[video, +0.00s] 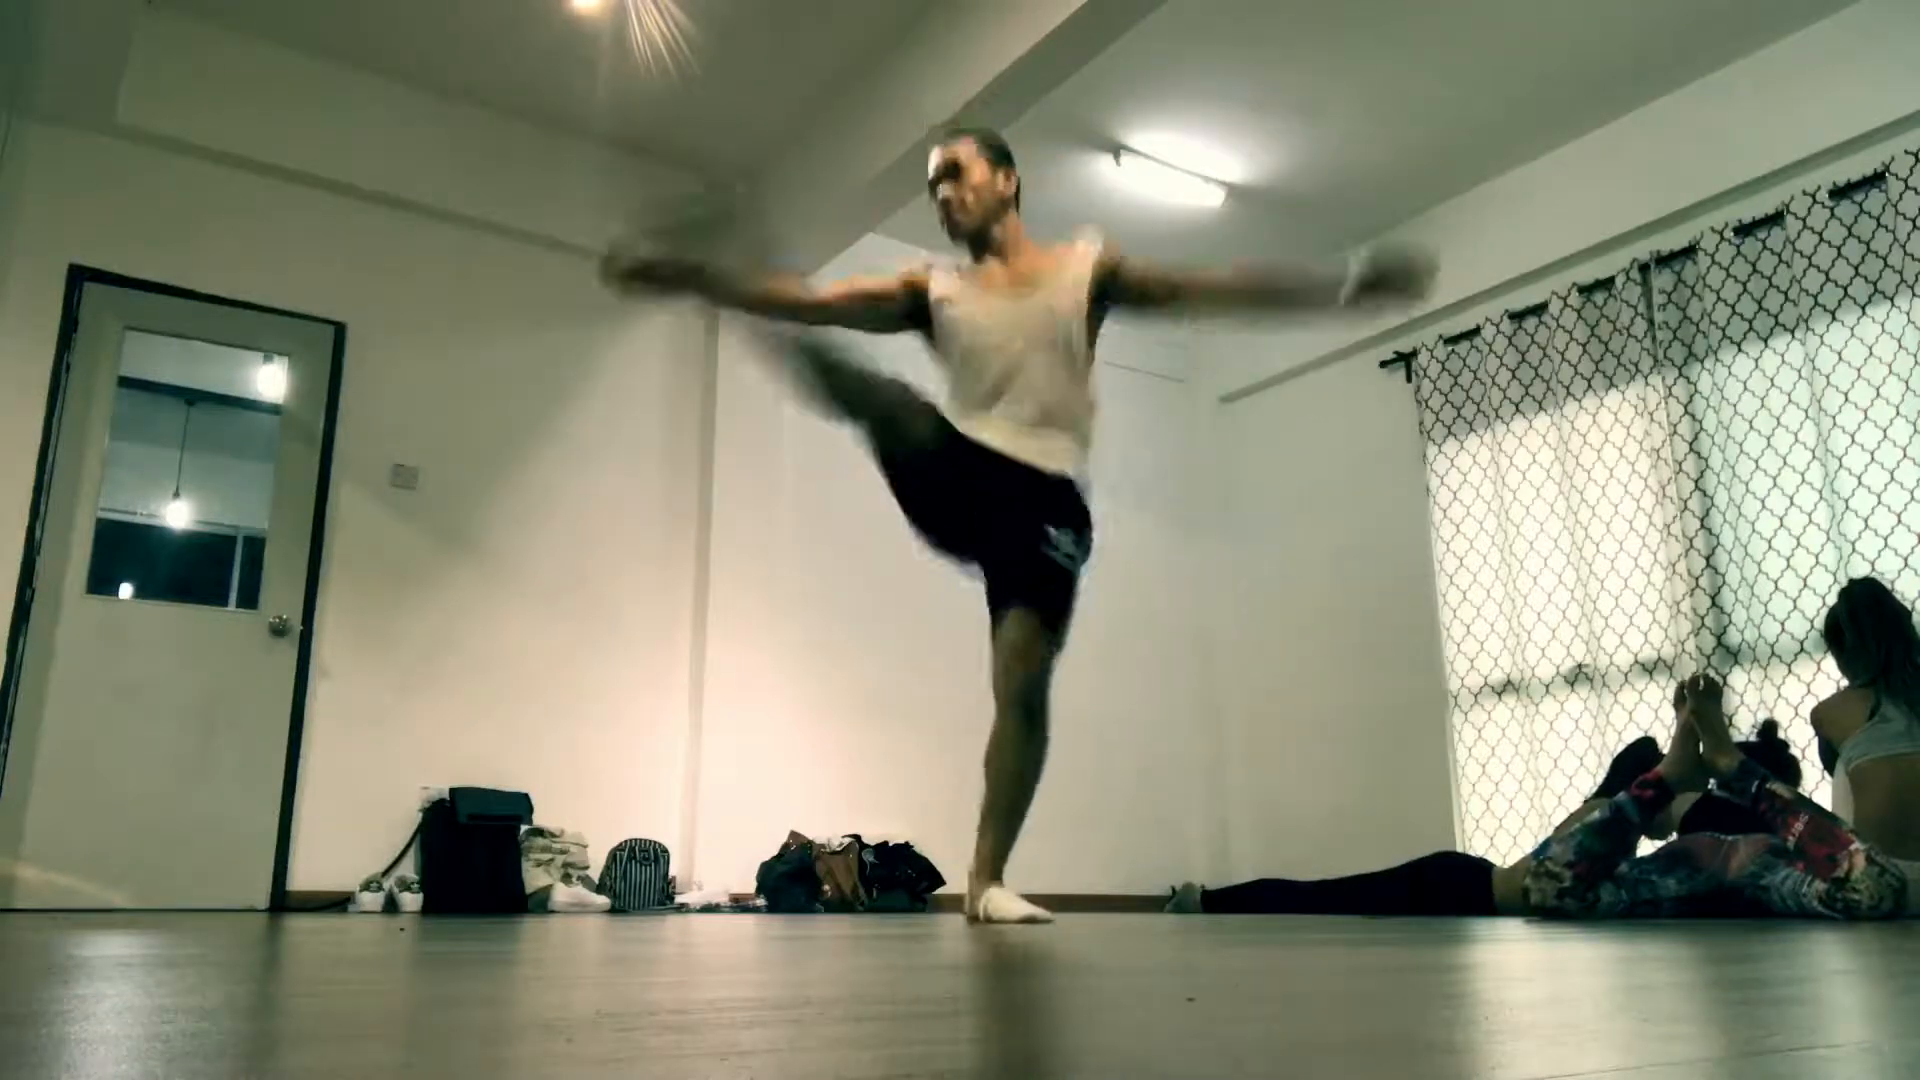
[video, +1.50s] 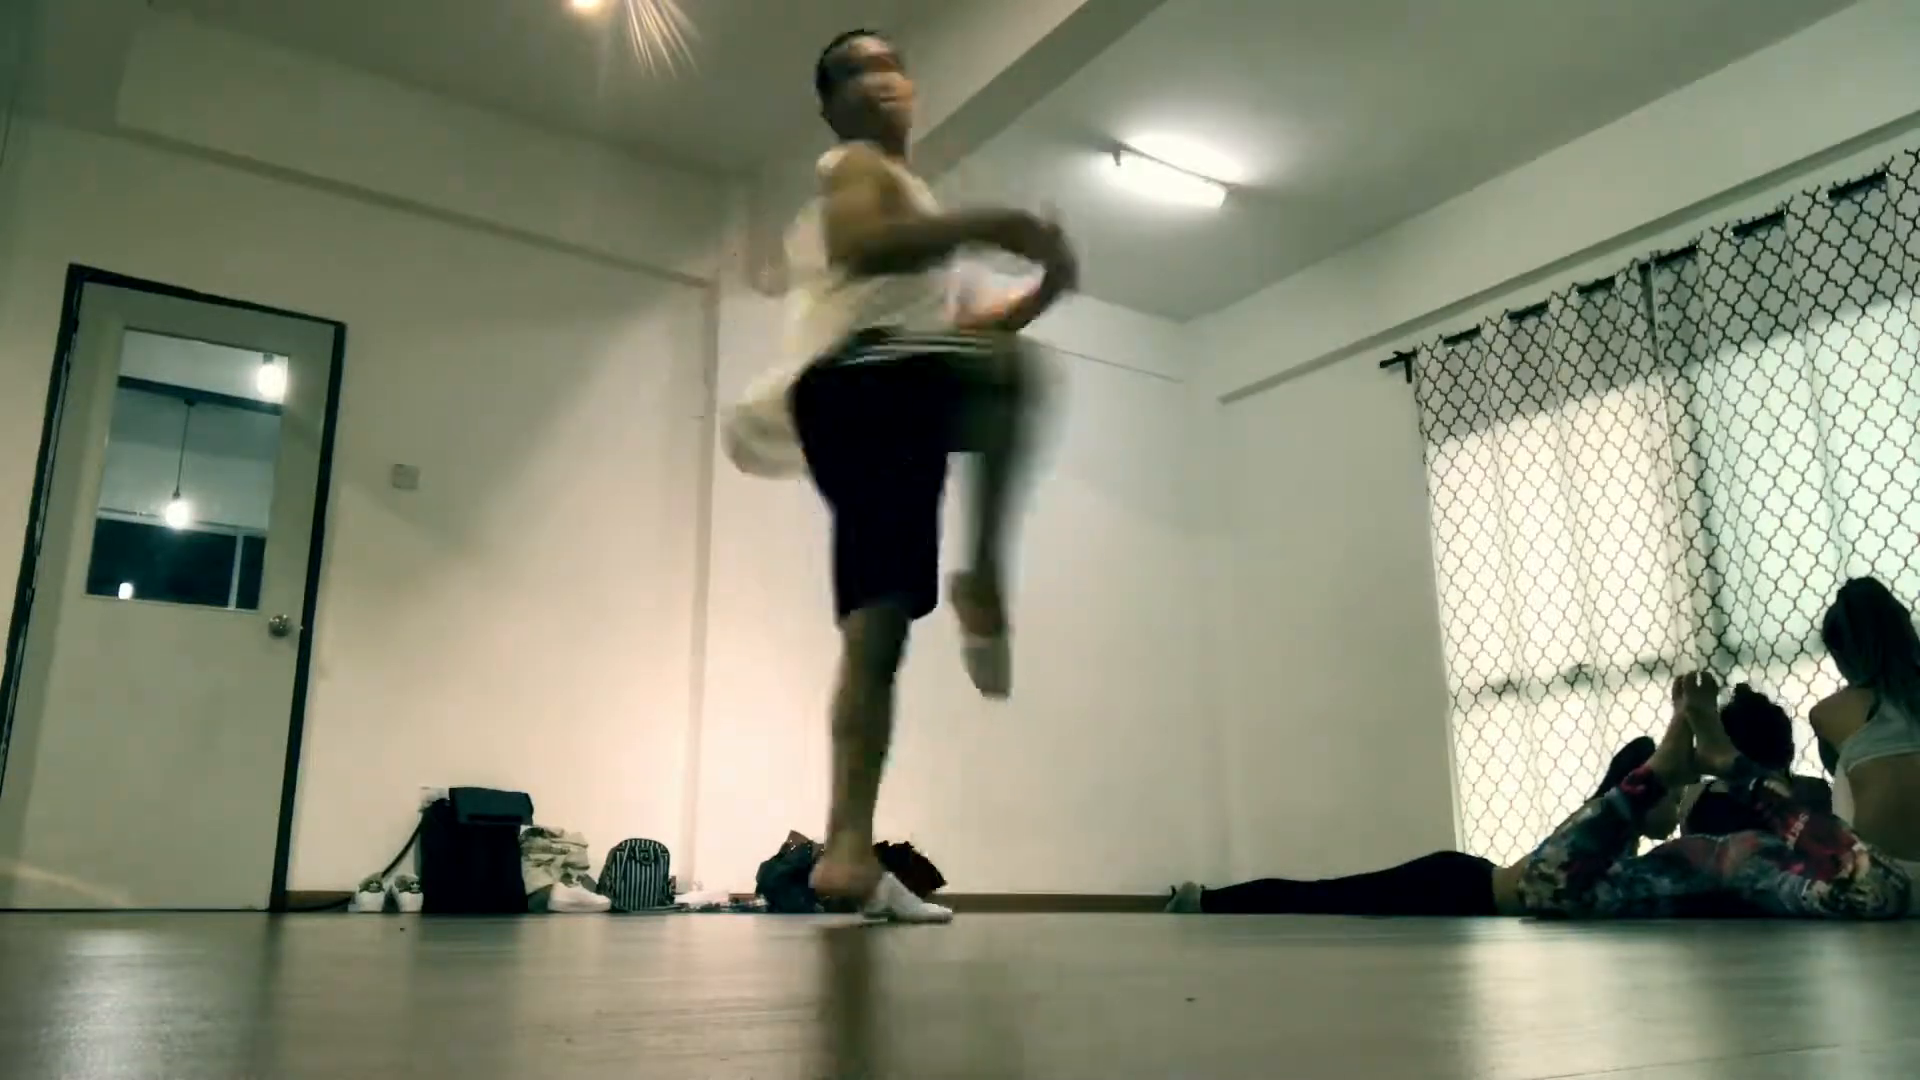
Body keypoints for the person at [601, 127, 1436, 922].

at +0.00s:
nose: (946, 193)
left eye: (958, 175)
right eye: (937, 184)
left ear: (1007, 179)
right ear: (941, 205)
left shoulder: (1087, 263)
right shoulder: (936, 289)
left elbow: (1211, 287)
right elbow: (807, 298)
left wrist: (1339, 290)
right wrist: (691, 280)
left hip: (1045, 494)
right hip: (956, 473)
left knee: (1023, 684)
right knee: (867, 392)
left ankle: (985, 884)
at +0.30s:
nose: (906, 118)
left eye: (923, 101)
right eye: (907, 106)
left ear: (975, 112)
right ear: (940, 122)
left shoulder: (983, 177)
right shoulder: (956, 205)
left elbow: (999, 186)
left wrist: (968, 178)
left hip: (994, 419)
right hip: (970, 420)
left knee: (996, 647)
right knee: (892, 503)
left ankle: (1027, 853)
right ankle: (804, 567)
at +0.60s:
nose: (958, 100)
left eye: (954, 86)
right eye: (943, 86)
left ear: (882, 111)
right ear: (899, 99)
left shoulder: (845, 218)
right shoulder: (922, 161)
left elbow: (901, 309)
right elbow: (991, 218)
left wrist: (989, 292)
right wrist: (1043, 261)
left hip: (889, 427)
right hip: (959, 386)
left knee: (935, 625)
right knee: (1136, 456)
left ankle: (944, 841)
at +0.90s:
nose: (879, 133)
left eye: (896, 115)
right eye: (874, 120)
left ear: (952, 124)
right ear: (883, 139)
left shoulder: (1027, 208)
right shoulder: (861, 225)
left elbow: (1164, 227)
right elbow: (719, 229)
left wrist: (1284, 236)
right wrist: (590, 220)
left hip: (984, 468)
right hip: (892, 431)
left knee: (948, 676)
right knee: (748, 424)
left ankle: (901, 876)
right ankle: (589, 398)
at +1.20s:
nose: (839, 85)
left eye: (856, 69)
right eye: (840, 72)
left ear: (912, 81)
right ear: (902, 85)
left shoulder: (905, 154)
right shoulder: (896, 163)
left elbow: (825, 222)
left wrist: (713, 254)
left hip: (923, 418)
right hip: (909, 417)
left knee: (927, 639)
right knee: (839, 493)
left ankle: (959, 858)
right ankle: (806, 659)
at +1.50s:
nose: (887, 79)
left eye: (894, 65)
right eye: (864, 70)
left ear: (913, 87)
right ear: (836, 103)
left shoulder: (910, 202)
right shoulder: (855, 162)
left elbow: (953, 326)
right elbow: (861, 236)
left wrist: (1038, 295)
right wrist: (994, 228)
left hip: (871, 406)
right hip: (859, 378)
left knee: (875, 630)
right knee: (1016, 373)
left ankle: (848, 855)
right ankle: (981, 590)